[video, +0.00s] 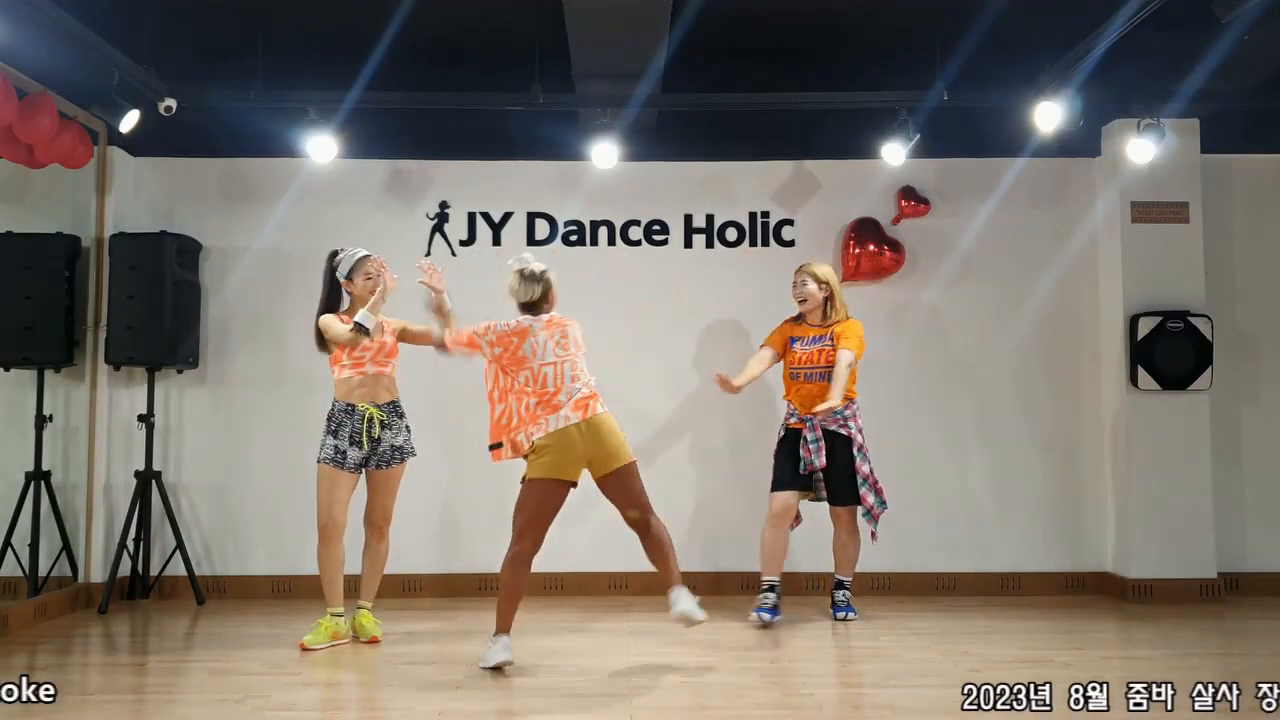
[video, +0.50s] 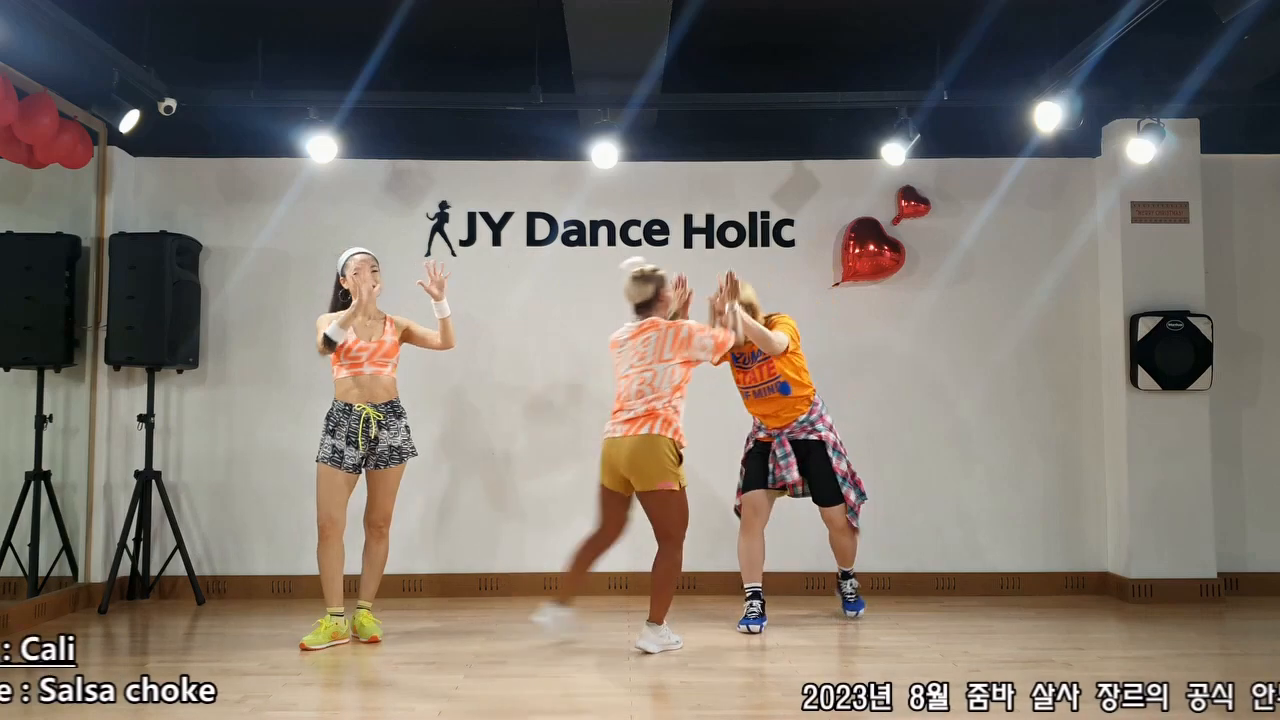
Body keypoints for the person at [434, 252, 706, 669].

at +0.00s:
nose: (554, 296)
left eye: (545, 291)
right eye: (553, 291)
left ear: (516, 297)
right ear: (550, 296)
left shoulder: (501, 333)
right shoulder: (569, 327)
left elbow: (448, 339)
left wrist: (441, 301)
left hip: (551, 440)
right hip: (599, 427)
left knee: (522, 544)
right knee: (643, 517)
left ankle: (500, 639)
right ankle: (678, 592)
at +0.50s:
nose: (674, 299)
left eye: (673, 292)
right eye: (670, 293)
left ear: (634, 301)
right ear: (664, 298)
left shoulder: (619, 339)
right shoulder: (679, 333)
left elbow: (658, 347)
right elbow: (728, 339)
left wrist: (678, 314)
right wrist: (723, 308)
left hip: (614, 445)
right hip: (654, 445)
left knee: (608, 528)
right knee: (671, 539)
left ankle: (558, 604)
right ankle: (655, 628)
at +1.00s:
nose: (710, 291)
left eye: (717, 283)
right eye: (700, 285)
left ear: (727, 291)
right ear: (687, 294)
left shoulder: (739, 344)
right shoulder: (676, 338)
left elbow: (744, 404)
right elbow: (681, 395)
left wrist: (754, 449)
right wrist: (724, 426)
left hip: (729, 461)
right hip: (681, 459)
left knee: (743, 543)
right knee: (680, 547)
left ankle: (753, 640)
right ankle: (662, 609)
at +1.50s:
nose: (701, 269)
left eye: (710, 260)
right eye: (692, 261)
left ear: (723, 268)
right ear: (679, 269)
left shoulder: (746, 323)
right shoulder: (662, 321)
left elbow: (786, 383)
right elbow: (621, 368)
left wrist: (750, 416)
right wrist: (618, 421)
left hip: (733, 440)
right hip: (677, 434)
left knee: (748, 541)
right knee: (647, 523)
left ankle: (766, 635)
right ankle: (643, 621)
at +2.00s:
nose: (633, 276)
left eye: (642, 266)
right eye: (623, 267)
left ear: (657, 272)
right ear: (611, 274)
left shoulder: (681, 333)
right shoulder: (590, 332)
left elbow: (713, 394)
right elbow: (552, 393)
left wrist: (687, 388)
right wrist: (577, 400)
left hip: (656, 448)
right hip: (599, 449)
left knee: (677, 529)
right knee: (592, 554)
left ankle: (629, 593)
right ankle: (586, 668)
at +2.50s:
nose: (576, 310)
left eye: (586, 300)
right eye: (566, 302)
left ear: (602, 308)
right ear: (554, 312)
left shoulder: (627, 346)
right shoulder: (547, 369)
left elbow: (647, 400)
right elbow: (520, 435)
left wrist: (595, 395)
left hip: (649, 468)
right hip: (592, 475)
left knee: (691, 556)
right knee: (566, 569)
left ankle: (663, 657)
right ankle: (562, 670)